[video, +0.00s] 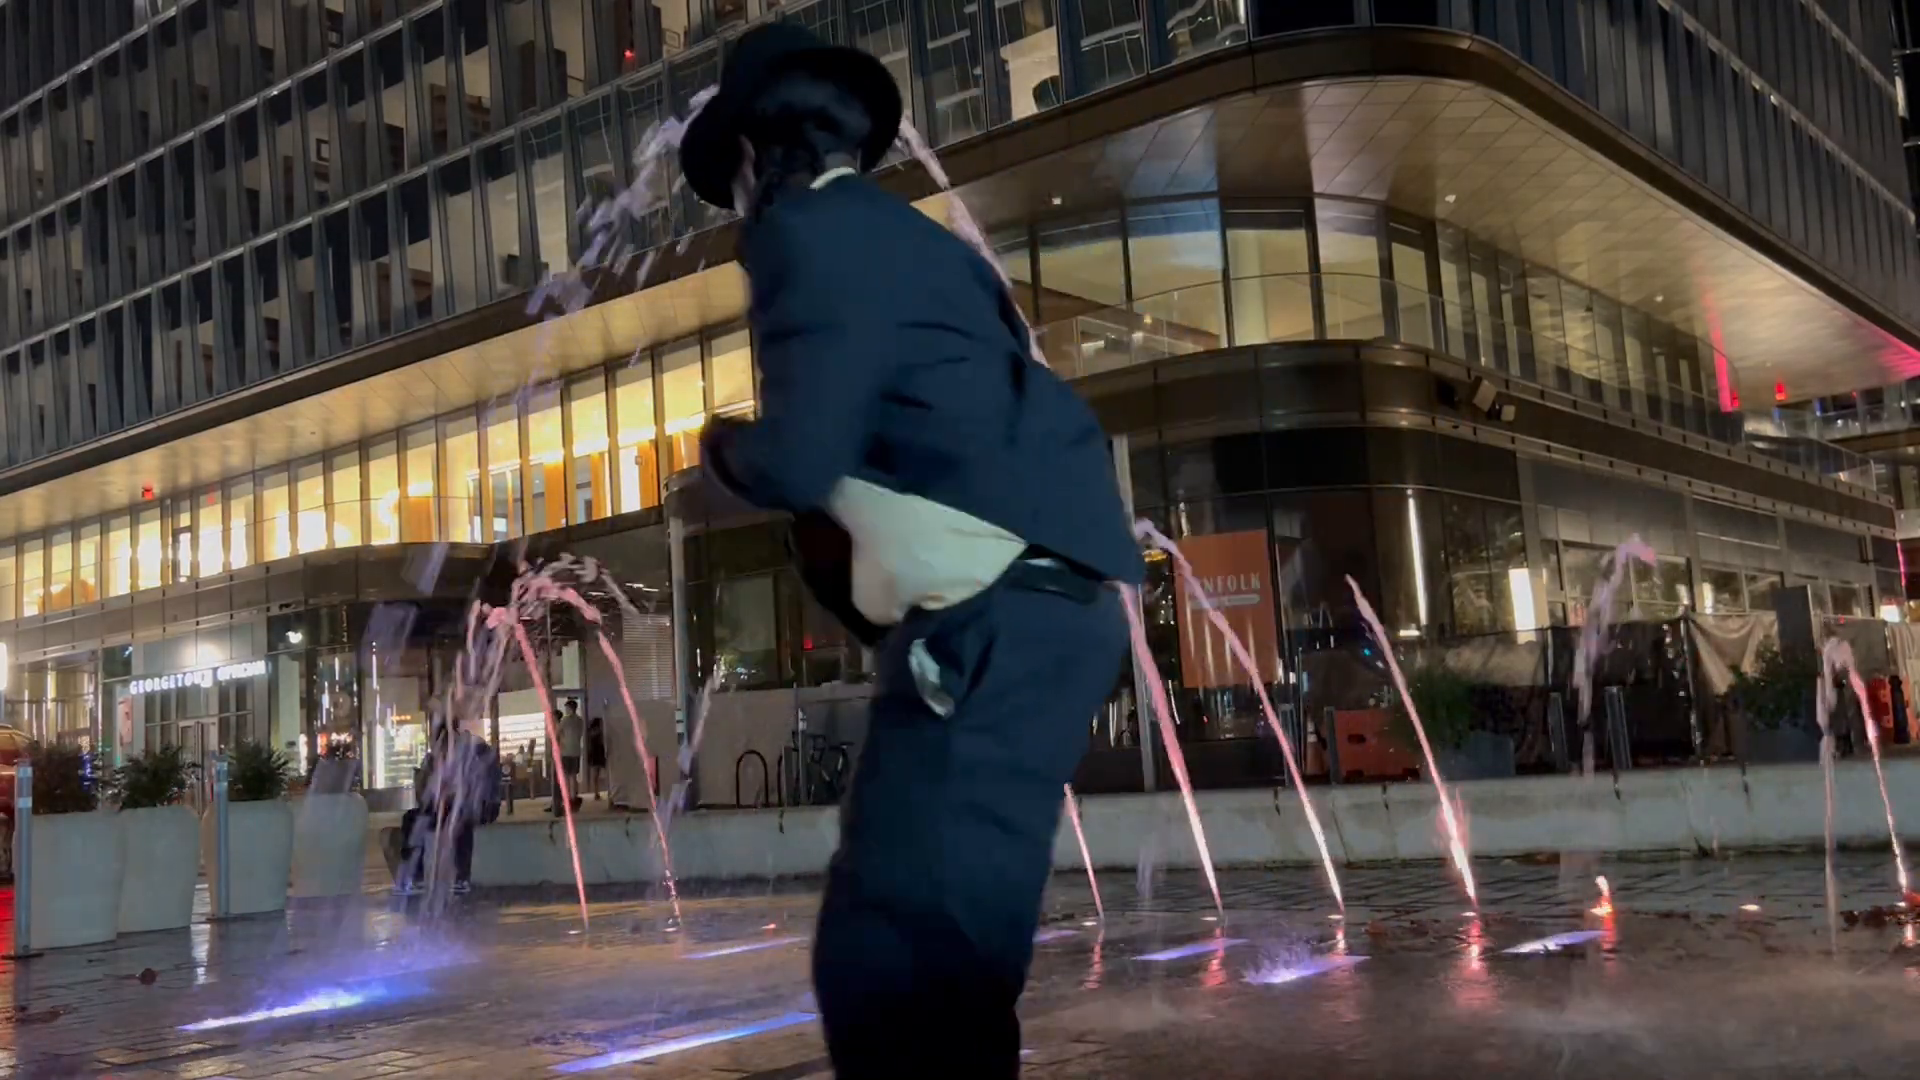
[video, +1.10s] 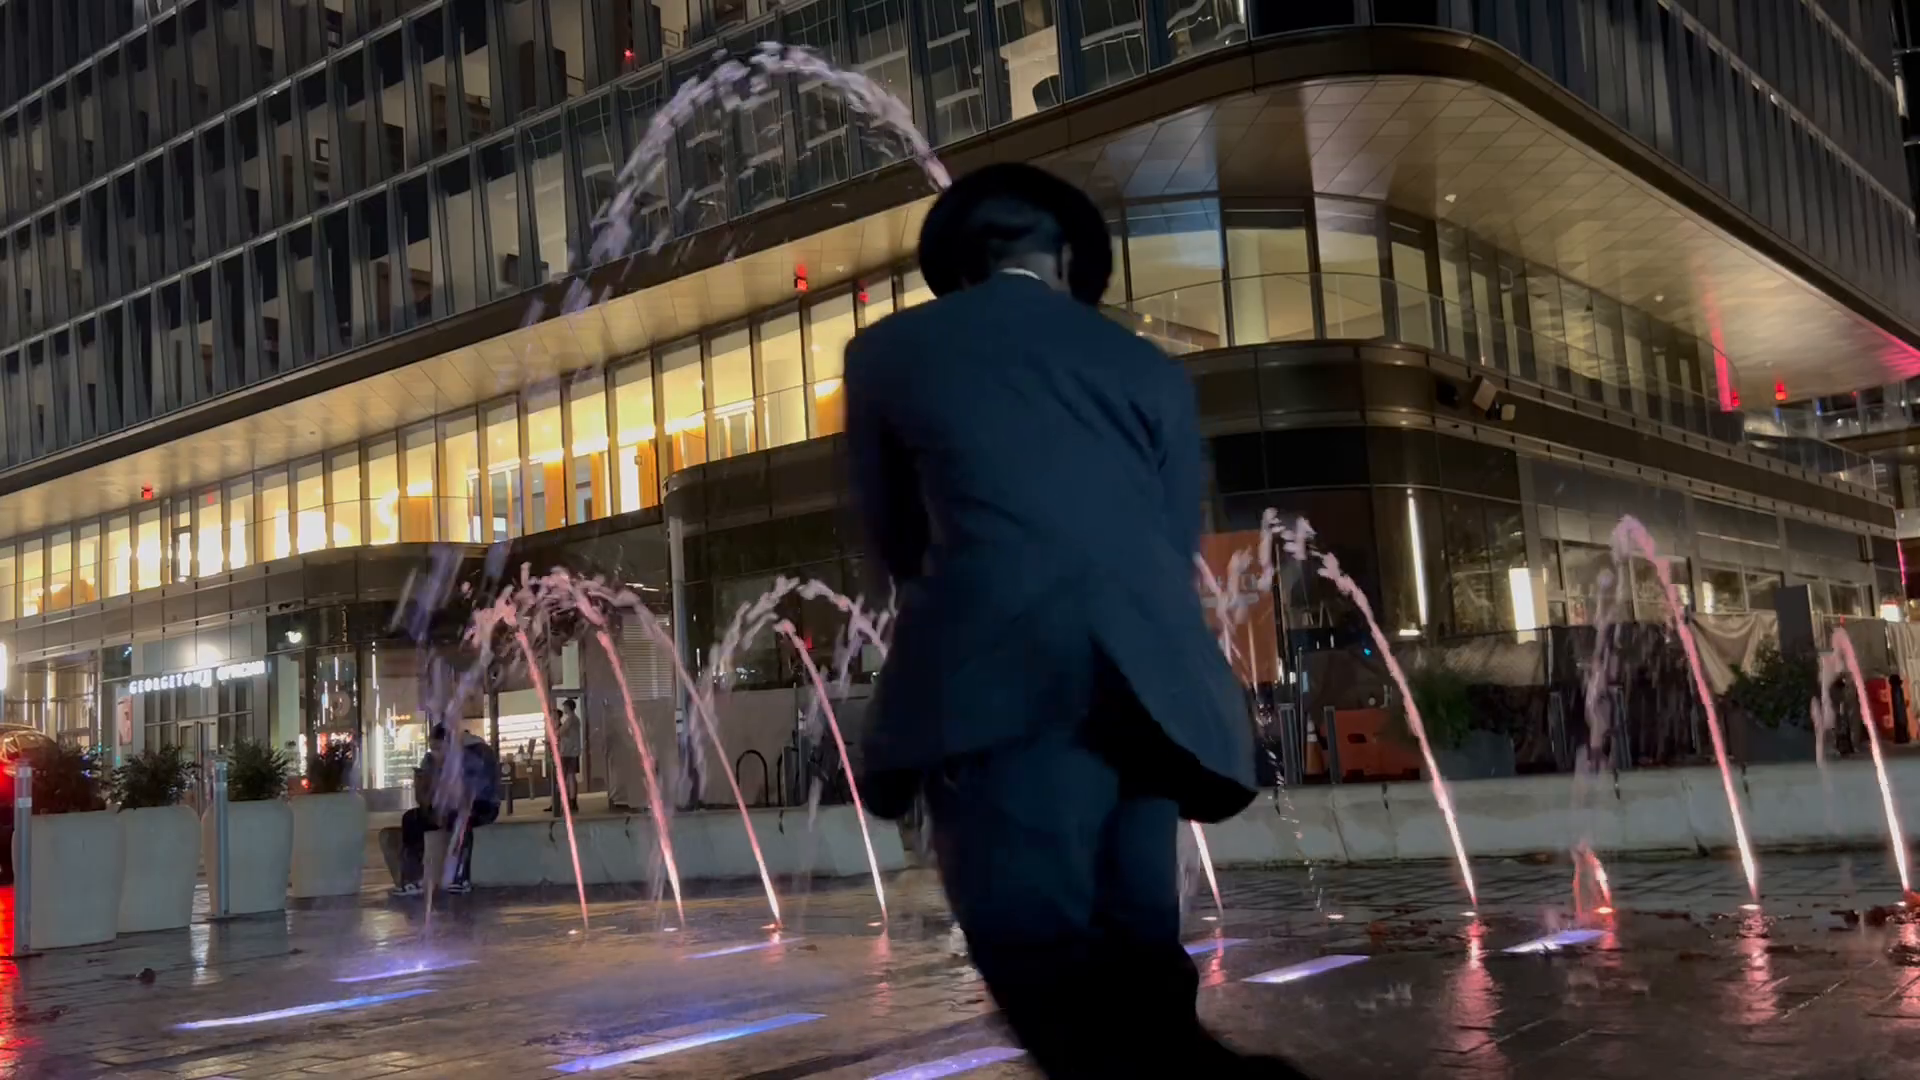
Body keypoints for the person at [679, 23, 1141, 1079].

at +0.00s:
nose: (730, 201)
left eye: (731, 173)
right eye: (726, 180)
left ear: (761, 151)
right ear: (844, 147)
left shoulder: (812, 230)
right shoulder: (901, 236)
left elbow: (798, 461)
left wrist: (718, 477)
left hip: (1003, 610)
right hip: (1025, 607)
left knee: (893, 952)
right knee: (933, 952)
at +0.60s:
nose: (710, 193)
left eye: (710, 173)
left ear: (724, 169)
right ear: (845, 150)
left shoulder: (732, 252)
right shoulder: (944, 262)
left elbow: (794, 447)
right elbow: (1007, 466)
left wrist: (625, 542)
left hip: (904, 681)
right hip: (1039, 661)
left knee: (822, 1015)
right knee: (1022, 981)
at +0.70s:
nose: (733, 229)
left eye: (735, 210)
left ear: (754, 202)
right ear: (868, 187)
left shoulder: (746, 284)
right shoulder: (951, 297)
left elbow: (740, 502)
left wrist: (671, 438)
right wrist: (797, 715)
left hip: (920, 682)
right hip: (1057, 675)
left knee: (821, 1012)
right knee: (1037, 997)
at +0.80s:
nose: (786, 244)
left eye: (790, 225)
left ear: (799, 234)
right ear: (913, 223)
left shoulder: (778, 313)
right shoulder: (995, 325)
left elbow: (795, 520)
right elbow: (1076, 514)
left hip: (932, 723)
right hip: (1074, 721)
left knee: (849, 1029)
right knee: (1073, 1003)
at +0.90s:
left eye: (841, 255)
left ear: (852, 254)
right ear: (970, 246)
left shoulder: (834, 322)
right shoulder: (1061, 328)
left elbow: (827, 463)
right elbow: (1151, 468)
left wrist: (790, 566)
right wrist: (1105, 575)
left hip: (967, 701)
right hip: (1119, 690)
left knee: (918, 1021)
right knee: (1106, 993)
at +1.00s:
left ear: (904, 261)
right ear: (1035, 251)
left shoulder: (868, 332)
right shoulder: (1130, 330)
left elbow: (806, 495)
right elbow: (1227, 502)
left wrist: (814, 617)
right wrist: (1121, 566)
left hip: (974, 693)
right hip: (1143, 691)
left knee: (965, 999)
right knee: (1133, 994)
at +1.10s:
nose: (1045, 266)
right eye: (1055, 253)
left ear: (953, 267)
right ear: (1070, 265)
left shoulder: (891, 348)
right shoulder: (1151, 362)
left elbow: (893, 536)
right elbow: (1181, 528)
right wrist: (1115, 616)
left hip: (992, 672)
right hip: (1147, 665)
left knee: (1038, 964)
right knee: (1146, 952)